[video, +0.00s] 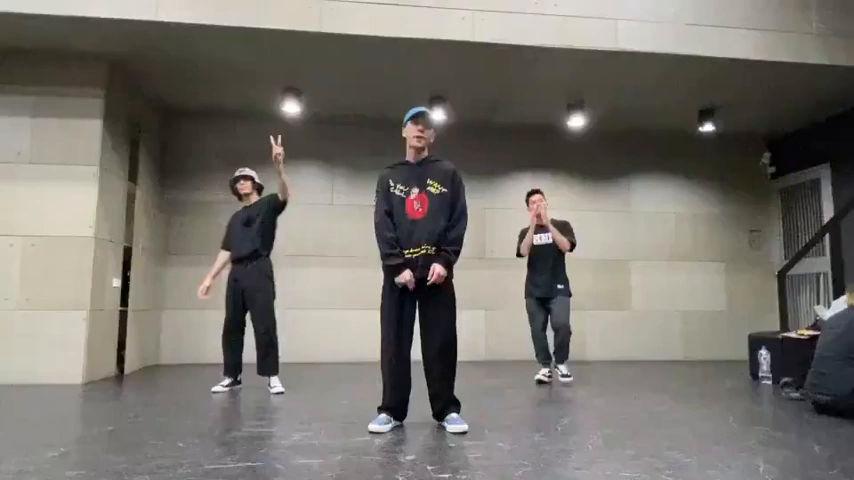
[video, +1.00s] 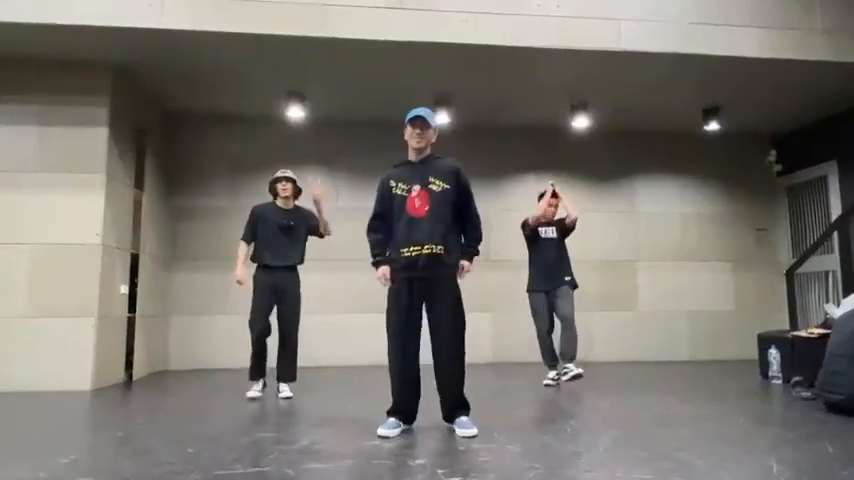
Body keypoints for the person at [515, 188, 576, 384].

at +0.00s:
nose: (538, 205)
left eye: (540, 201)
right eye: (533, 203)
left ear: (546, 203)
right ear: (528, 208)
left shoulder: (561, 225)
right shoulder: (526, 232)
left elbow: (567, 247)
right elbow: (522, 252)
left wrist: (548, 224)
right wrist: (533, 225)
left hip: (558, 286)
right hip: (534, 288)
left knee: (561, 325)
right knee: (537, 329)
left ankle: (561, 364)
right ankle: (545, 366)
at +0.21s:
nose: (538, 203)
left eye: (541, 200)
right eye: (534, 201)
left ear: (546, 204)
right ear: (529, 206)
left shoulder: (560, 223)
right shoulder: (526, 228)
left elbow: (560, 233)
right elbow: (526, 236)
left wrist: (548, 212)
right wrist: (531, 214)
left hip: (558, 286)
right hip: (533, 287)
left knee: (561, 329)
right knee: (537, 328)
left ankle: (560, 366)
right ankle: (545, 366)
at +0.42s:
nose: (541, 202)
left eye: (544, 199)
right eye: (537, 199)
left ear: (548, 204)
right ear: (529, 204)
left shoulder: (554, 225)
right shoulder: (524, 228)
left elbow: (566, 224)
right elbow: (522, 229)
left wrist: (561, 219)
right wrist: (531, 218)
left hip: (558, 283)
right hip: (534, 285)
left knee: (565, 326)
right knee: (538, 327)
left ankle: (560, 363)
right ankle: (545, 366)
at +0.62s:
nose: (543, 203)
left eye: (546, 201)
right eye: (539, 200)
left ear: (550, 207)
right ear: (533, 205)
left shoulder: (555, 226)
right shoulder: (526, 228)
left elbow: (568, 219)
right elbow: (525, 223)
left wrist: (555, 202)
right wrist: (532, 208)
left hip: (559, 283)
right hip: (535, 285)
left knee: (565, 324)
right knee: (540, 327)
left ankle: (568, 370)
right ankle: (547, 370)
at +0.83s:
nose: (549, 205)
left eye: (551, 202)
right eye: (545, 202)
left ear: (554, 206)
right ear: (536, 205)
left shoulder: (557, 226)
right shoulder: (528, 227)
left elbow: (571, 216)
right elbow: (529, 222)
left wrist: (558, 197)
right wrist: (537, 206)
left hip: (560, 282)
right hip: (536, 284)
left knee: (567, 319)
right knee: (541, 328)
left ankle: (573, 362)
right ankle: (550, 369)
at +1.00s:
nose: (552, 209)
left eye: (555, 206)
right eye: (549, 205)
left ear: (558, 208)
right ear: (540, 206)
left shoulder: (560, 227)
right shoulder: (530, 228)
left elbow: (572, 219)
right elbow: (532, 222)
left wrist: (562, 199)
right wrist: (544, 203)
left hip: (561, 280)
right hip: (538, 283)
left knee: (568, 318)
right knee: (543, 328)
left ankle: (567, 363)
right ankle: (552, 368)